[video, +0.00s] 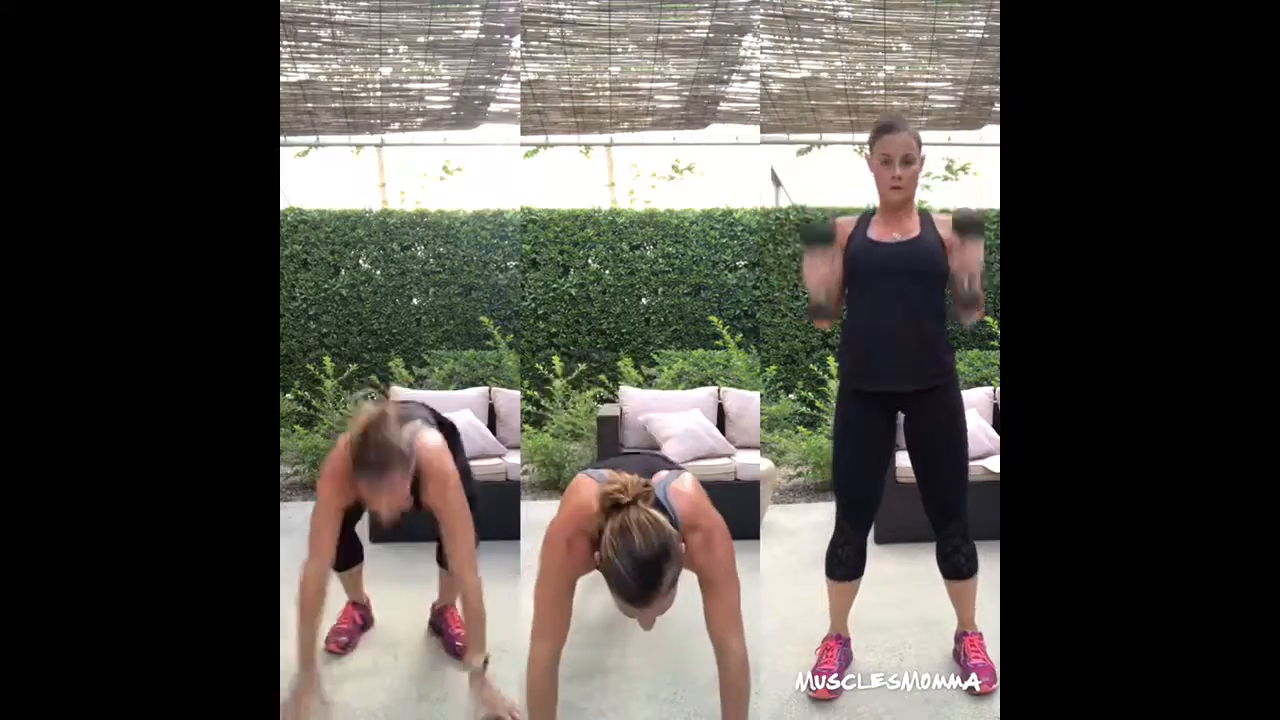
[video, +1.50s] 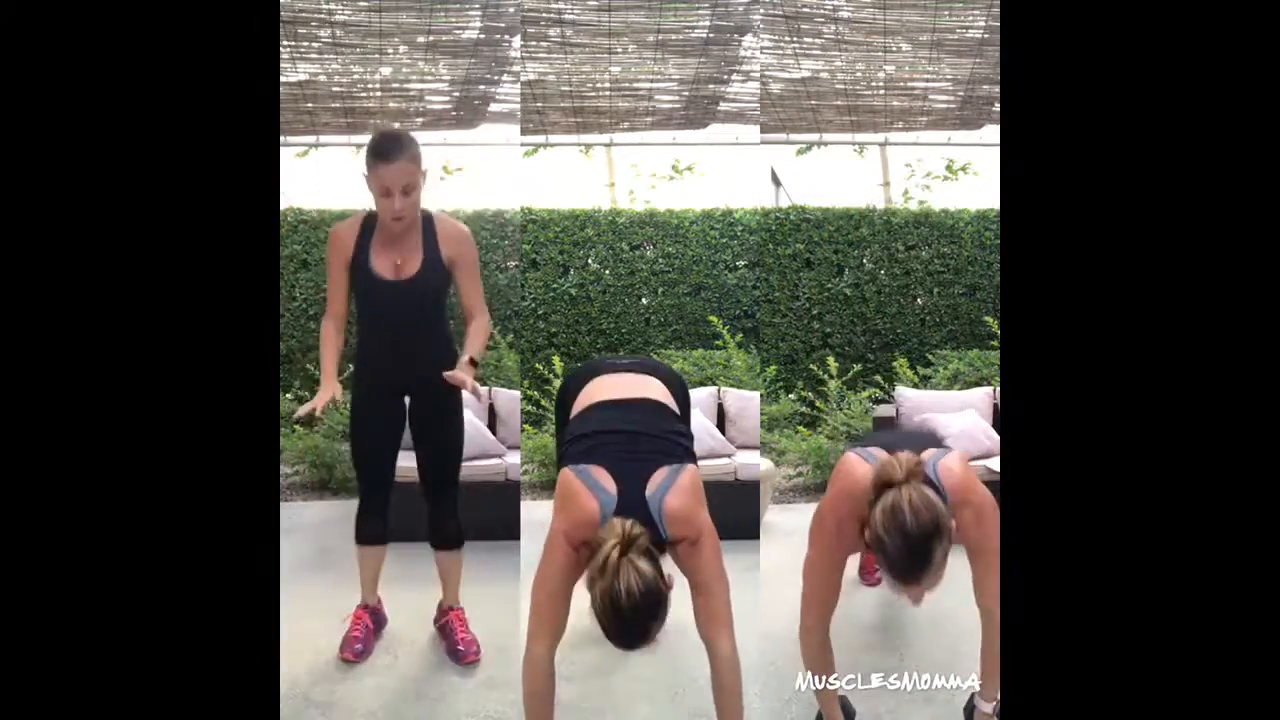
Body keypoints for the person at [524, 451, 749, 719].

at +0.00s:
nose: (647, 625)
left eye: (661, 608)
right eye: (630, 612)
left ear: (681, 551)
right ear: (599, 561)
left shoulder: (704, 523)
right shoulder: (569, 527)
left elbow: (730, 647)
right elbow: (544, 648)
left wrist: (734, 716)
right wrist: (541, 717)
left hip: (672, 475)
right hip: (598, 474)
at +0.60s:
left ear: (681, 579)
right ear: (601, 589)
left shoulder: (709, 535)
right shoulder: (566, 543)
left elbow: (736, 652)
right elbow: (540, 656)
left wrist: (738, 715)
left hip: (671, 459)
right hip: (594, 458)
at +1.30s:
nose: (630, 633)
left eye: (638, 627)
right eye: (619, 626)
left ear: (670, 565)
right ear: (587, 566)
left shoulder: (688, 515)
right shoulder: (567, 521)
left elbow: (722, 642)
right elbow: (538, 649)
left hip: (663, 449)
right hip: (588, 449)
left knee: (672, 593)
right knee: (579, 589)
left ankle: (643, 625)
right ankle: (599, 613)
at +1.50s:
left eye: (646, 637)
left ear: (667, 581)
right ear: (592, 582)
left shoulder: (688, 516)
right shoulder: (572, 521)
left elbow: (721, 644)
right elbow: (539, 649)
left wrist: (731, 715)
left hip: (664, 383)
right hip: (583, 385)